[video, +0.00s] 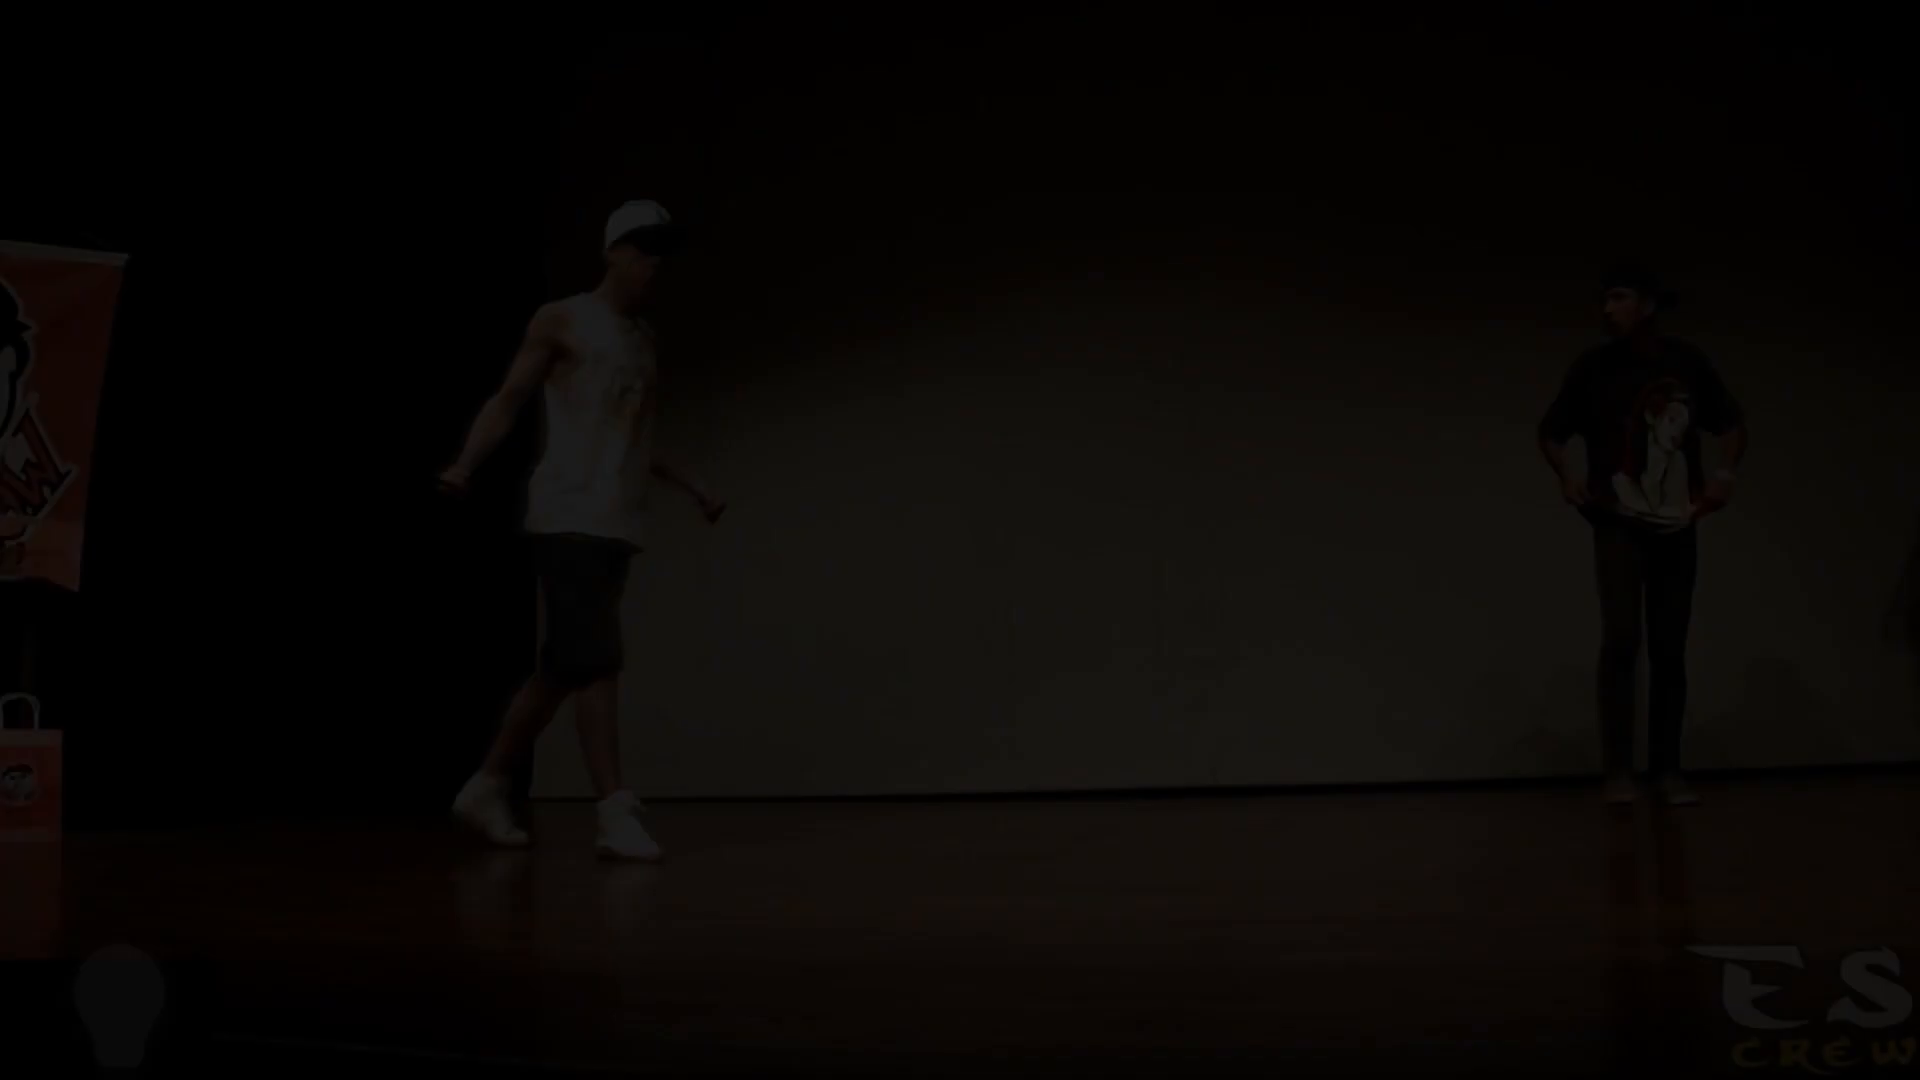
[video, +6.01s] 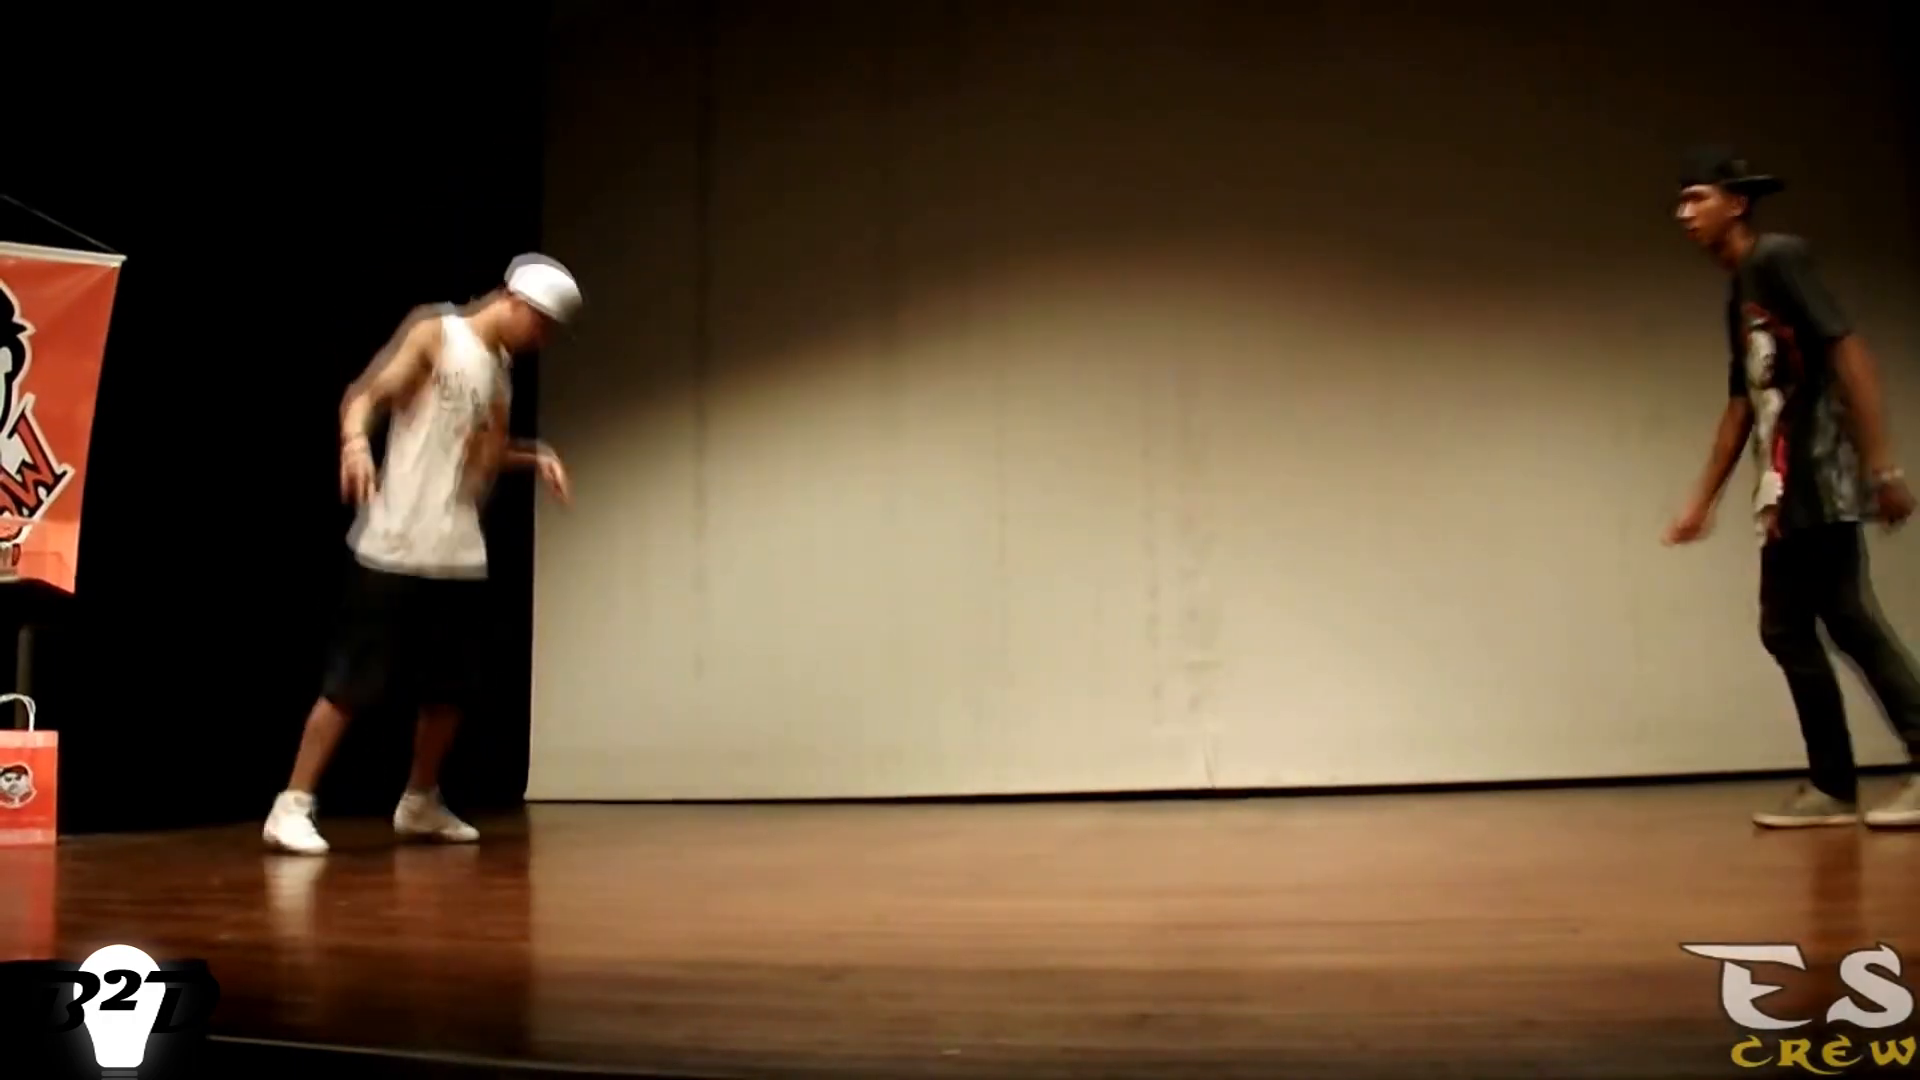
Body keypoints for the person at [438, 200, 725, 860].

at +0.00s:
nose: (651, 267)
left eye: (658, 256)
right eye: (641, 253)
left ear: (658, 264)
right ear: (613, 253)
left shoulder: (639, 339)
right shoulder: (562, 322)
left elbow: (636, 443)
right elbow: (508, 399)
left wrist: (693, 491)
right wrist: (465, 465)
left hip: (613, 522)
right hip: (564, 517)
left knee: (560, 665)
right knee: (596, 665)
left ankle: (486, 788)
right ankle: (614, 810)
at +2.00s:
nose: (545, 245)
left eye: (554, 236)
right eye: (534, 236)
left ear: (566, 253)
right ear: (514, 251)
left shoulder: (589, 332)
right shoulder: (481, 325)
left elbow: (600, 420)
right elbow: (462, 410)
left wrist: (633, 470)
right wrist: (463, 465)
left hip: (560, 520)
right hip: (492, 519)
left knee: (551, 666)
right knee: (493, 665)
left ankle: (538, 797)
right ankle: (498, 796)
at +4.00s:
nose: (900, 330)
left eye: (906, 320)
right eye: (894, 315)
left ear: (897, 321)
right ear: (862, 305)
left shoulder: (876, 379)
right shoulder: (795, 362)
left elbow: (877, 474)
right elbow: (797, 454)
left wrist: (881, 424)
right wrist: (865, 428)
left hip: (863, 552)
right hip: (802, 556)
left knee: (900, 676)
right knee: (805, 689)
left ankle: (944, 805)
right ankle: (785, 796)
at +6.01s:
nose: (539, 336)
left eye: (546, 326)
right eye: (538, 319)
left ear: (528, 316)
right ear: (511, 298)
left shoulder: (497, 372)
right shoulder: (432, 331)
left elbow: (481, 455)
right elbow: (363, 397)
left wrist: (538, 457)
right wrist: (356, 443)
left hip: (458, 554)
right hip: (394, 544)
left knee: (448, 681)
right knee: (353, 678)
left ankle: (420, 801)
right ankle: (292, 806)